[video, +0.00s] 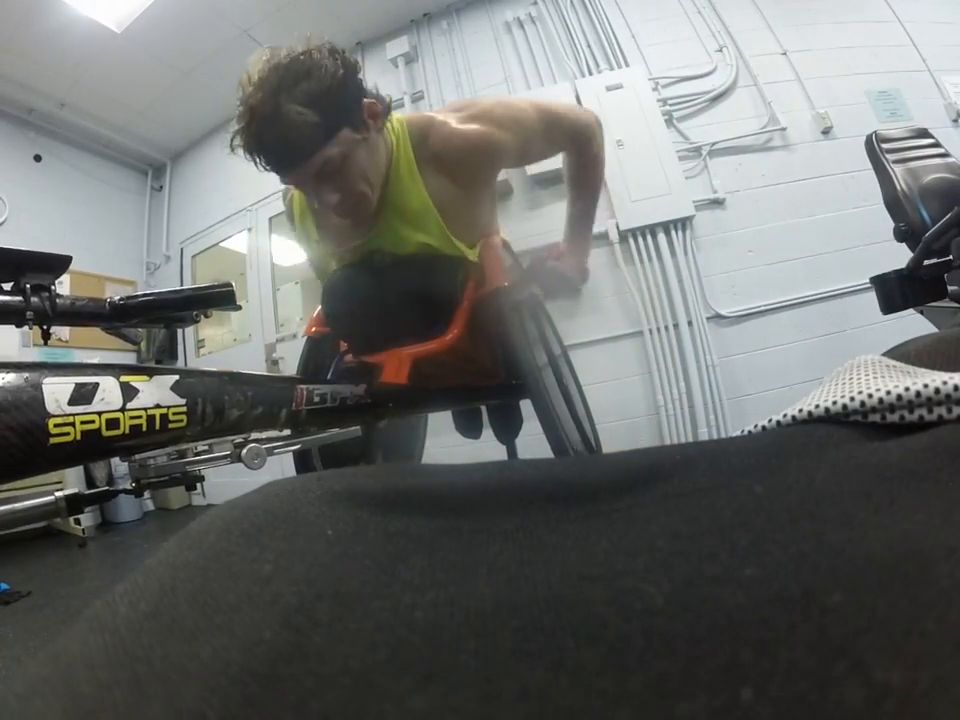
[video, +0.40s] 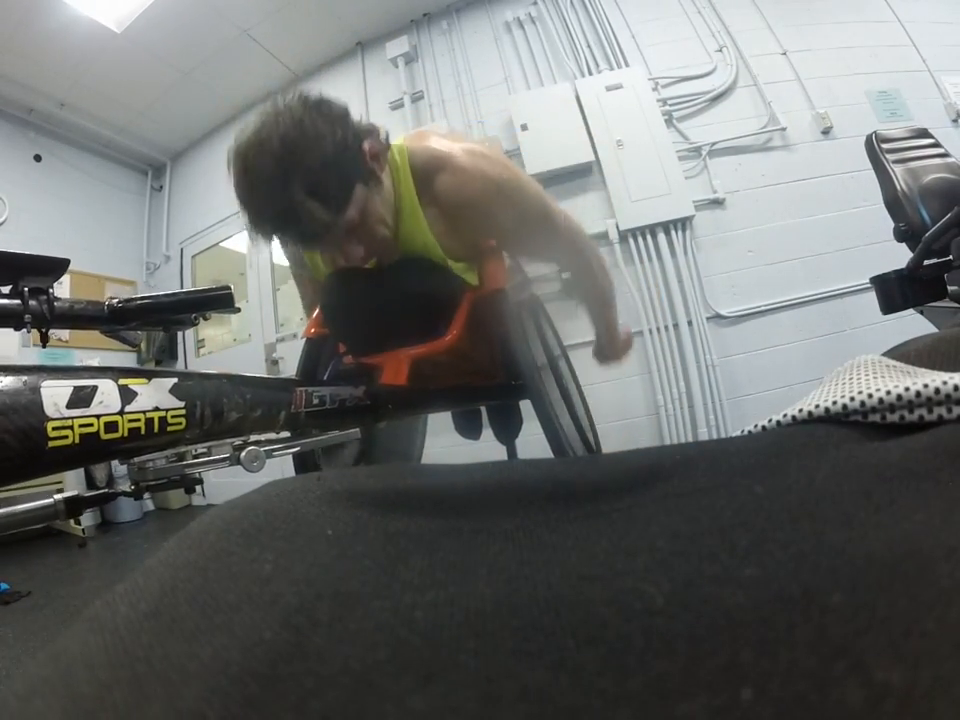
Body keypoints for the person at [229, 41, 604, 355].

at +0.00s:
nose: (326, 201)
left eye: (331, 169)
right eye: (301, 187)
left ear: (372, 120)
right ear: (285, 179)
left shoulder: (458, 143)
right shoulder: (298, 203)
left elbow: (582, 129)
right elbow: (341, 284)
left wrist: (575, 253)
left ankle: (494, 392)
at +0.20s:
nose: (363, 271)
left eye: (364, 245)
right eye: (340, 268)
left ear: (378, 180)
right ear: (304, 255)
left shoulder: (464, 171)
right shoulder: (307, 238)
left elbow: (586, 270)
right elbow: (316, 327)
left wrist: (597, 402)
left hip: (483, 300)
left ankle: (493, 383)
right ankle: (461, 383)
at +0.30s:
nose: (371, 283)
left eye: (371, 259)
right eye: (349, 282)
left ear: (383, 194)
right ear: (307, 277)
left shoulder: (463, 180)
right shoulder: (310, 250)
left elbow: (575, 284)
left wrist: (605, 385)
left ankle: (496, 388)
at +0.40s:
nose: (350, 255)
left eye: (356, 225)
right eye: (323, 244)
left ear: (375, 160)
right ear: (295, 237)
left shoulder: (461, 182)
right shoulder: (302, 236)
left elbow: (577, 252)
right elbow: (328, 320)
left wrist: (608, 341)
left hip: (491, 296)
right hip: (399, 321)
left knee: (400, 290)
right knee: (351, 303)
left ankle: (497, 385)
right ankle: (467, 391)